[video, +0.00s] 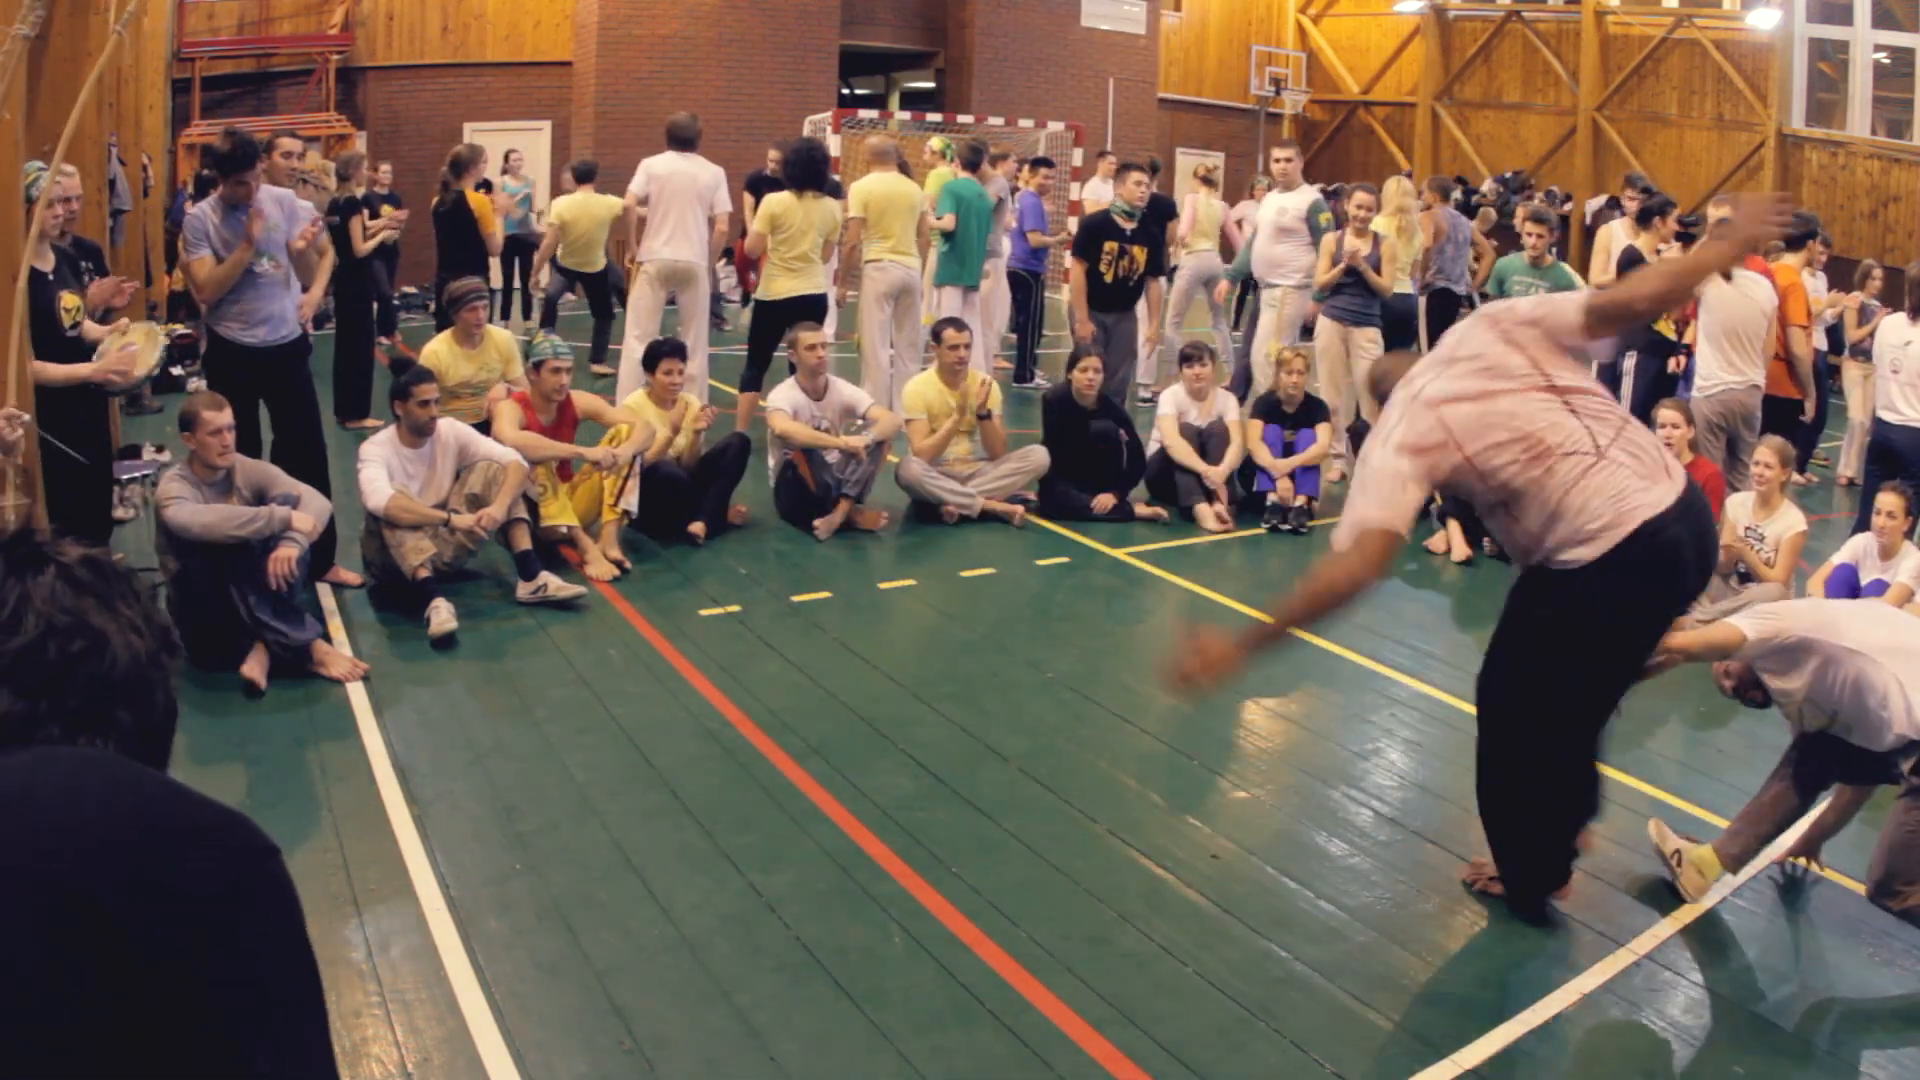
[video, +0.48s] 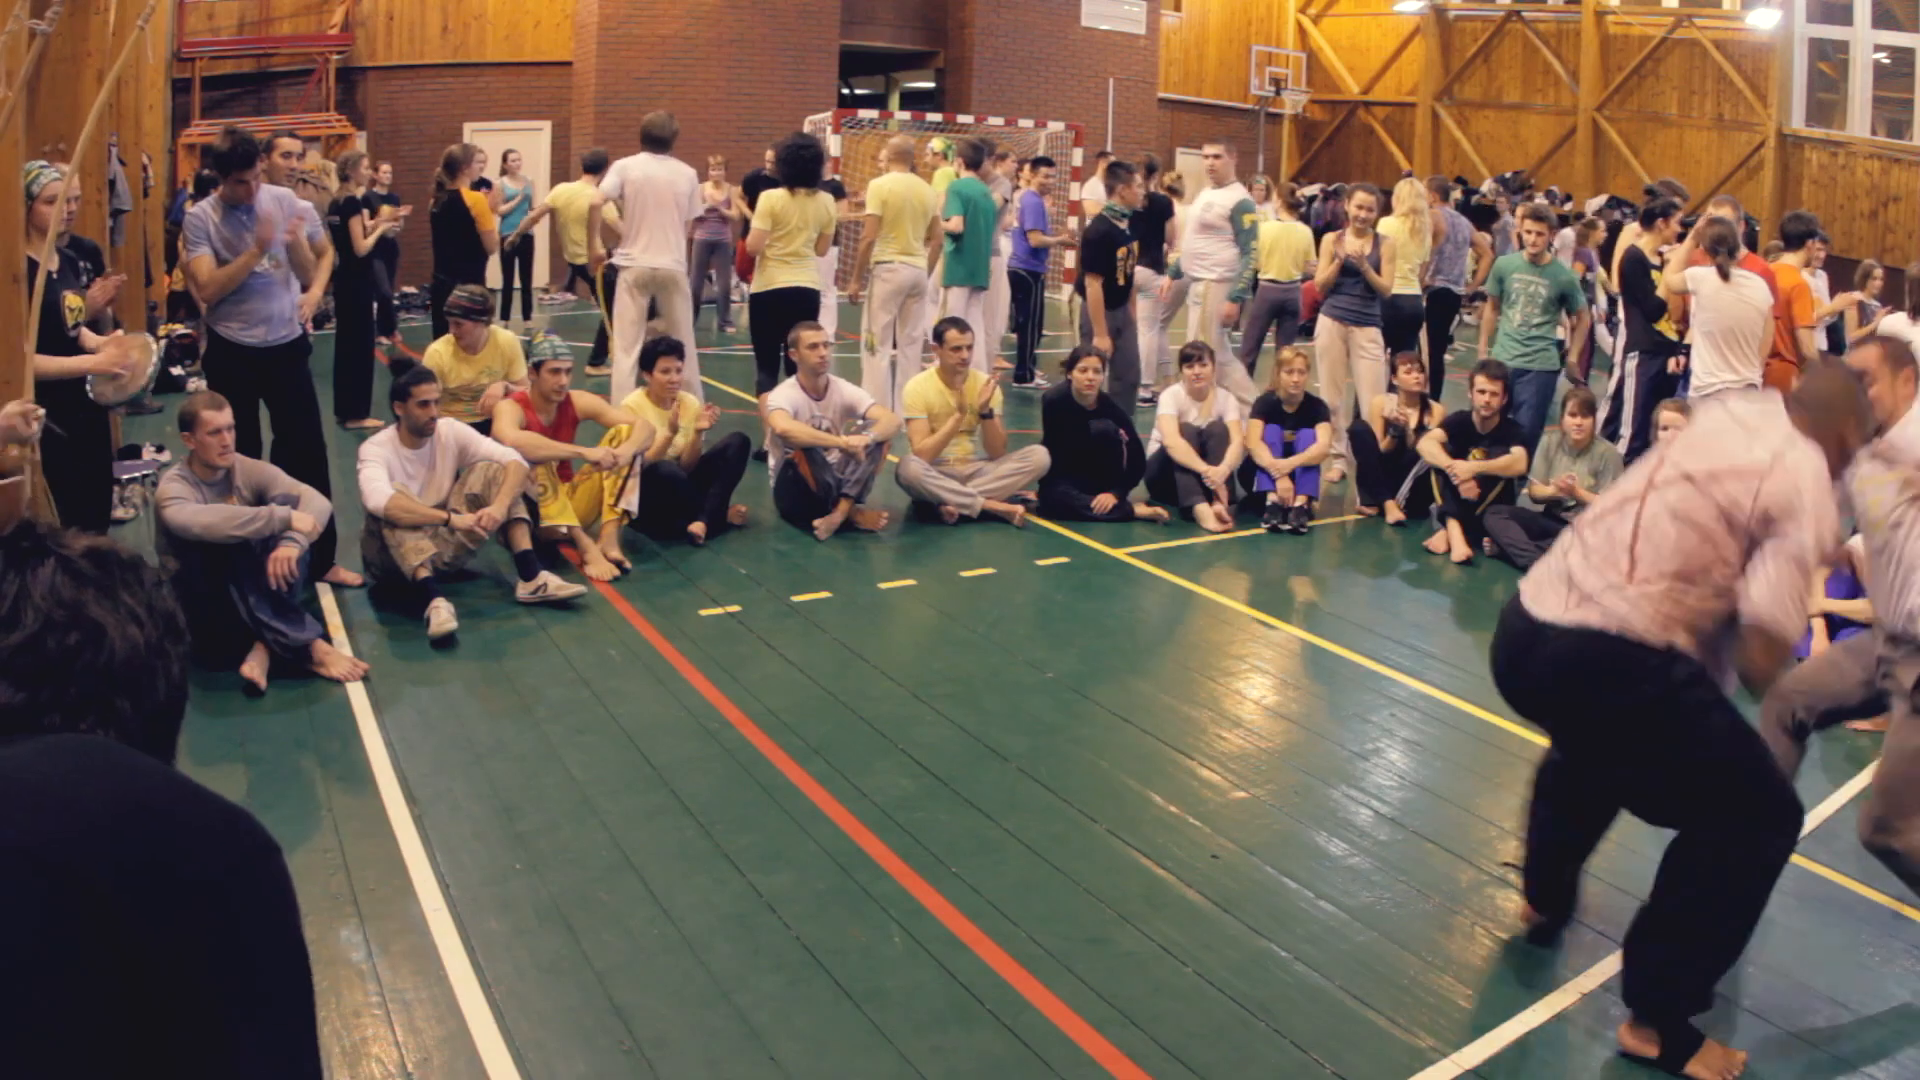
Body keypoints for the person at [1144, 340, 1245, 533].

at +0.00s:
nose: (1197, 372)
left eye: (1203, 365)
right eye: (1189, 366)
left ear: (1213, 369)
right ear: (1181, 372)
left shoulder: (1227, 399)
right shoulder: (1170, 396)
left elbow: (1238, 443)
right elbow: (1170, 441)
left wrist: (1222, 472)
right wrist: (1207, 472)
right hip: (1167, 481)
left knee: (1218, 428)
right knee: (1187, 430)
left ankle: (1220, 502)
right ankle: (1199, 505)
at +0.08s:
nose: (1197, 372)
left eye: (1203, 365)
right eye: (1190, 367)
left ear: (1213, 368)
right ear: (1181, 371)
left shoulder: (1227, 399)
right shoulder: (1170, 396)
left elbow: (1238, 443)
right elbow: (1171, 441)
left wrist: (1223, 472)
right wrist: (1206, 471)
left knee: (1218, 428)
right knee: (1187, 430)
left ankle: (1218, 505)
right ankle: (1200, 508)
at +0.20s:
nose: (1196, 372)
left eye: (1203, 365)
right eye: (1189, 367)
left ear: (1213, 369)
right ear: (1181, 371)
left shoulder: (1227, 399)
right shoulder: (1170, 396)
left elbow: (1238, 443)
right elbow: (1171, 441)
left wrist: (1224, 470)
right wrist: (1209, 474)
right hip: (1167, 482)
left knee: (1218, 428)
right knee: (1187, 430)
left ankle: (1220, 502)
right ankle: (1199, 505)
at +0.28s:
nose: (1196, 372)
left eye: (1203, 365)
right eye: (1189, 366)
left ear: (1213, 369)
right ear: (1181, 371)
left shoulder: (1227, 399)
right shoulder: (1170, 396)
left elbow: (1238, 442)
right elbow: (1171, 441)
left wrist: (1224, 470)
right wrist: (1209, 474)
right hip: (1167, 481)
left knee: (1218, 428)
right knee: (1187, 430)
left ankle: (1220, 502)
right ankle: (1199, 505)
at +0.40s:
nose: (1196, 372)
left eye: (1203, 365)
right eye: (1189, 367)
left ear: (1214, 369)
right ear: (1181, 371)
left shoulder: (1227, 398)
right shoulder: (1170, 396)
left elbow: (1238, 442)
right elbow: (1170, 441)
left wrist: (1224, 471)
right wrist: (1209, 474)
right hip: (1167, 482)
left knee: (1217, 428)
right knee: (1186, 430)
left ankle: (1220, 502)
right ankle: (1199, 505)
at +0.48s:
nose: (1196, 372)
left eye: (1203, 365)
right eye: (1189, 367)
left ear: (1213, 369)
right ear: (1181, 371)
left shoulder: (1226, 399)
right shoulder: (1170, 396)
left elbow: (1238, 442)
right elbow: (1170, 441)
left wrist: (1224, 471)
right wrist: (1209, 474)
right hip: (1167, 482)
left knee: (1217, 428)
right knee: (1186, 430)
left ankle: (1220, 502)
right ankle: (1199, 505)